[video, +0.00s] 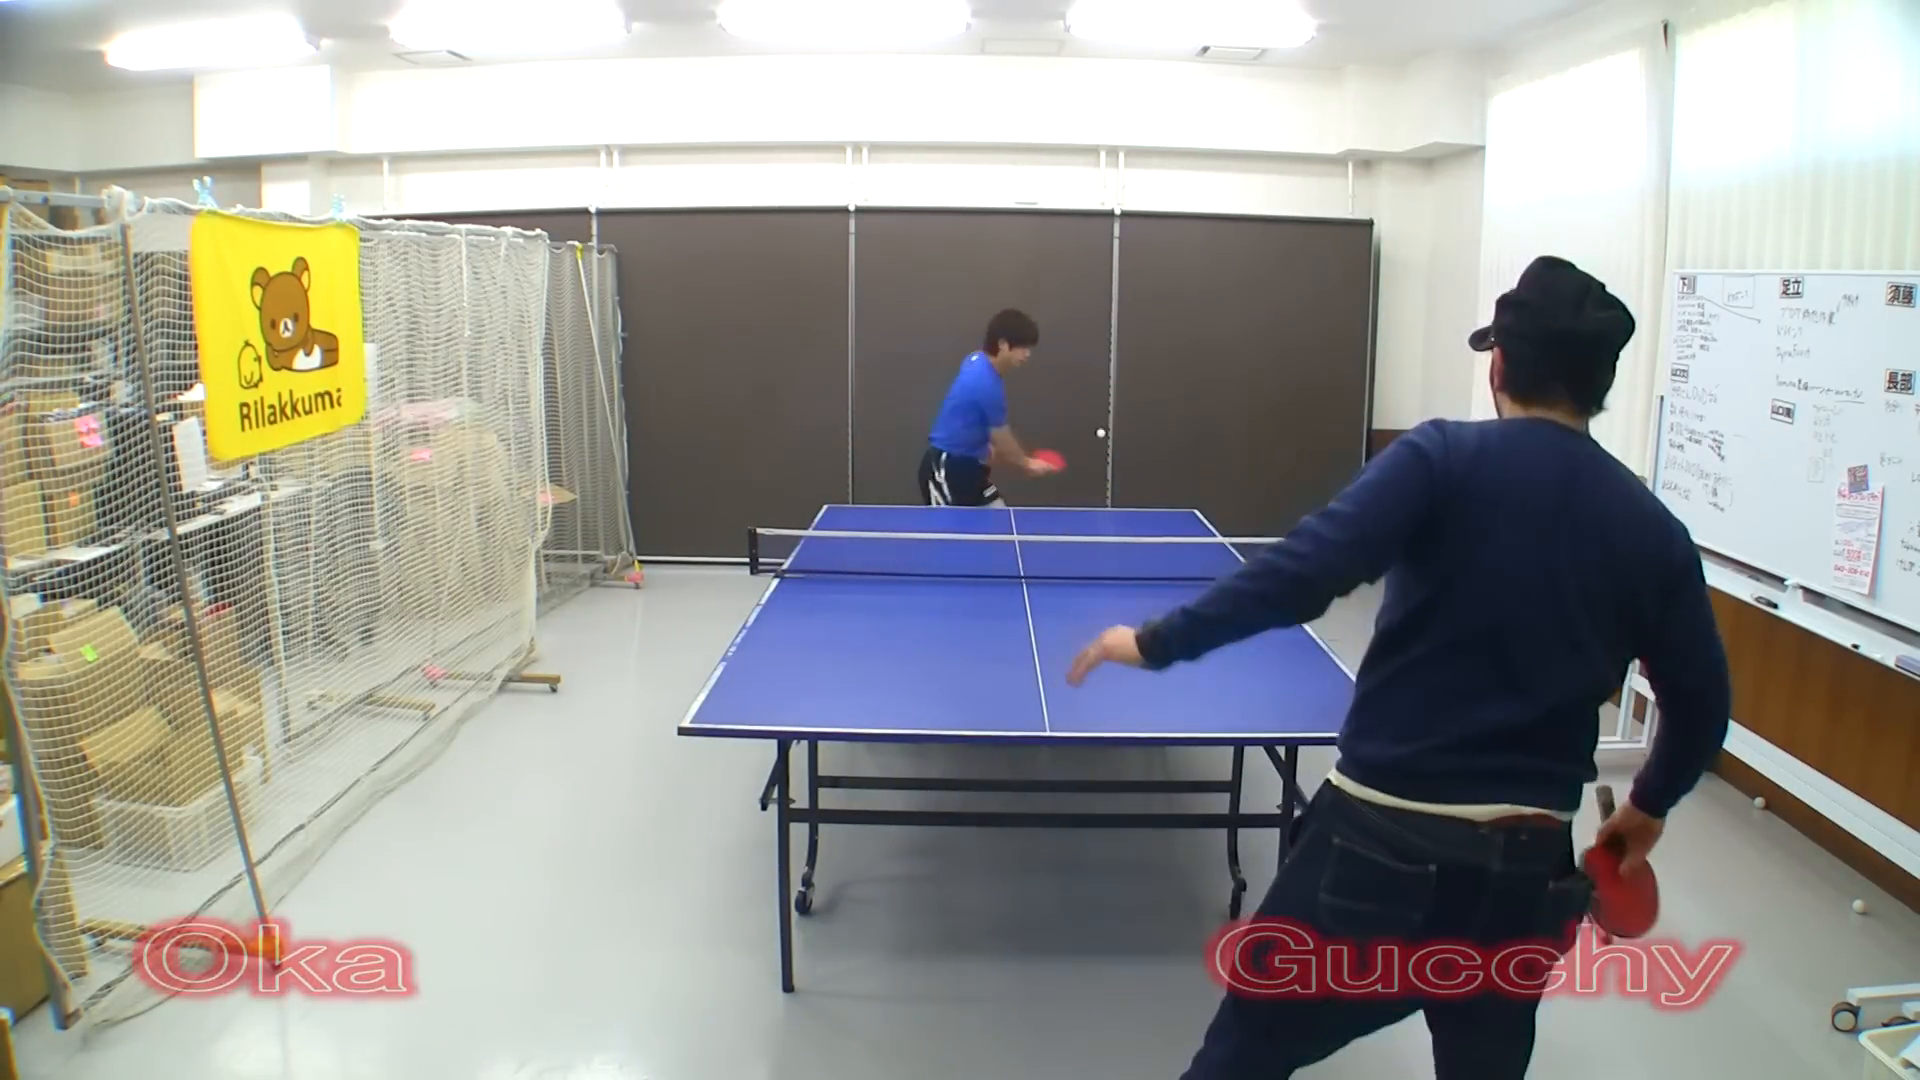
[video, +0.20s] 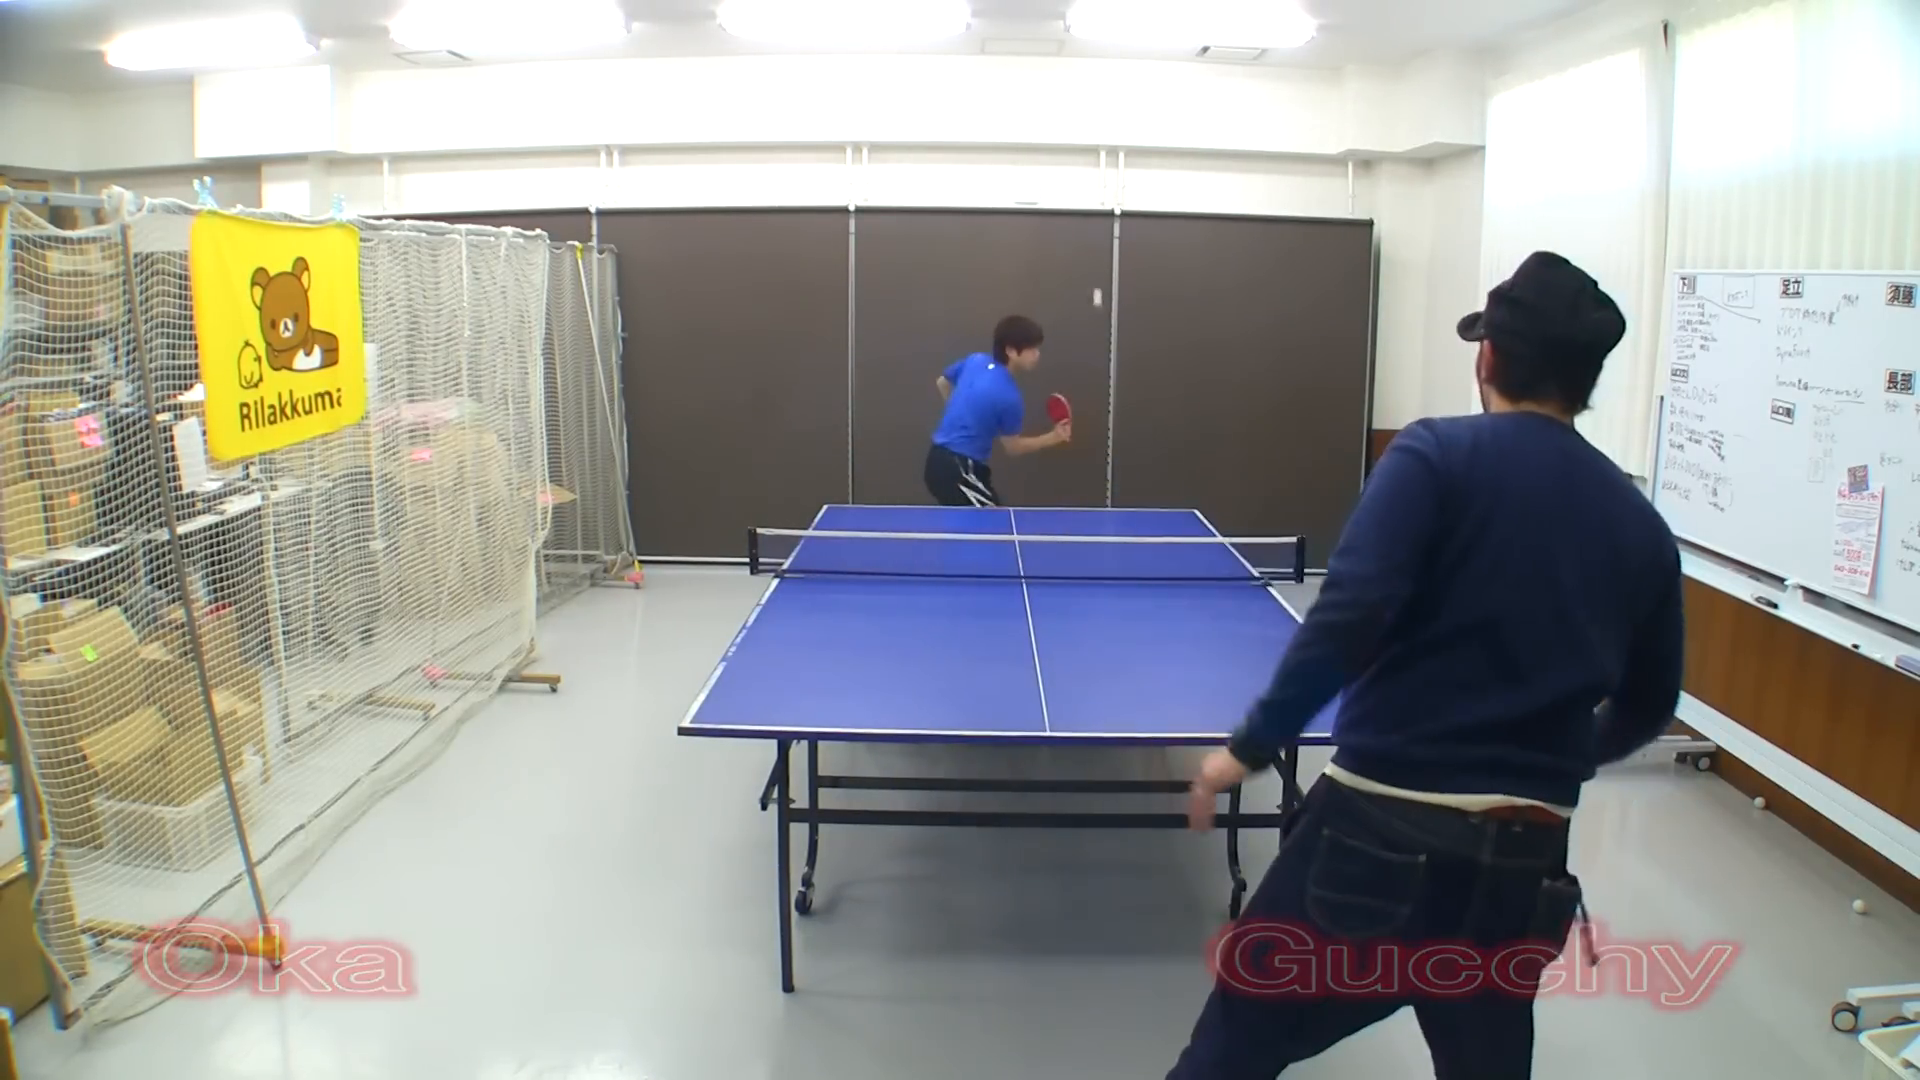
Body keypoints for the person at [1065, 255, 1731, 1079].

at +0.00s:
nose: (1486, 364)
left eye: (1489, 350)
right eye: (1491, 345)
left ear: (1499, 363)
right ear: (1601, 383)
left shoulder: (1441, 458)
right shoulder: (1650, 526)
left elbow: (1305, 572)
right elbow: (1701, 705)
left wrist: (1152, 641)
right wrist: (1646, 809)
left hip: (1380, 847)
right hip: (1528, 868)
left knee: (1240, 1053)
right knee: (1487, 1063)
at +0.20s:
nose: (1477, 351)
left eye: (1480, 338)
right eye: (1483, 336)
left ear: (1489, 353)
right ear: (1588, 377)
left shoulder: (1435, 452)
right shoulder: (1640, 521)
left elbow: (1353, 610)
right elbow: (1648, 703)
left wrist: (1247, 747)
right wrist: (1552, 753)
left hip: (1373, 845)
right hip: (1521, 863)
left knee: (1227, 1055)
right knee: (1490, 1069)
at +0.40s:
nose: (1407, 354)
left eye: (1410, 340)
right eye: (1415, 338)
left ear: (1418, 359)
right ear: (1518, 371)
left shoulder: (1386, 470)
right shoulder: (1577, 515)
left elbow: (1347, 653)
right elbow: (1579, 687)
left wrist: (1261, 800)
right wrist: (1468, 715)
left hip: (1347, 869)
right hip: (1484, 876)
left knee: (1205, 1067)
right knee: (1467, 1069)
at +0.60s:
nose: (1281, 381)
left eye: (1286, 367)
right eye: (1286, 365)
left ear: (1295, 383)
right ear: (1395, 386)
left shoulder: (1265, 514)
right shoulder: (1462, 527)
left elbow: (1217, 689)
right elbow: (1480, 683)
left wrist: (1123, 799)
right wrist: (1363, 701)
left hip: (1274, 899)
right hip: (1415, 894)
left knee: (1127, 1068)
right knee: (1419, 1069)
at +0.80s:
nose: (1041, 432)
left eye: (1047, 414)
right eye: (1047, 409)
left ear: (1065, 431)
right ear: (1168, 420)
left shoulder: (1029, 568)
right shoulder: (1259, 541)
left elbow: (923, 746)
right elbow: (1317, 702)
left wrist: (877, 770)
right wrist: (1217, 730)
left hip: (1107, 947)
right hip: (1273, 932)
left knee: (1007, 1068)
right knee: (1342, 1057)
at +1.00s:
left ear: (824, 364)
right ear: (948, 372)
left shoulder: (746, 507)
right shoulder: (1007, 516)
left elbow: (598, 615)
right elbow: (1068, 682)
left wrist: (605, 673)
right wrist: (974, 621)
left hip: (844, 896)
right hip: (993, 881)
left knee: (922, 1067)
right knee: (1056, 1065)